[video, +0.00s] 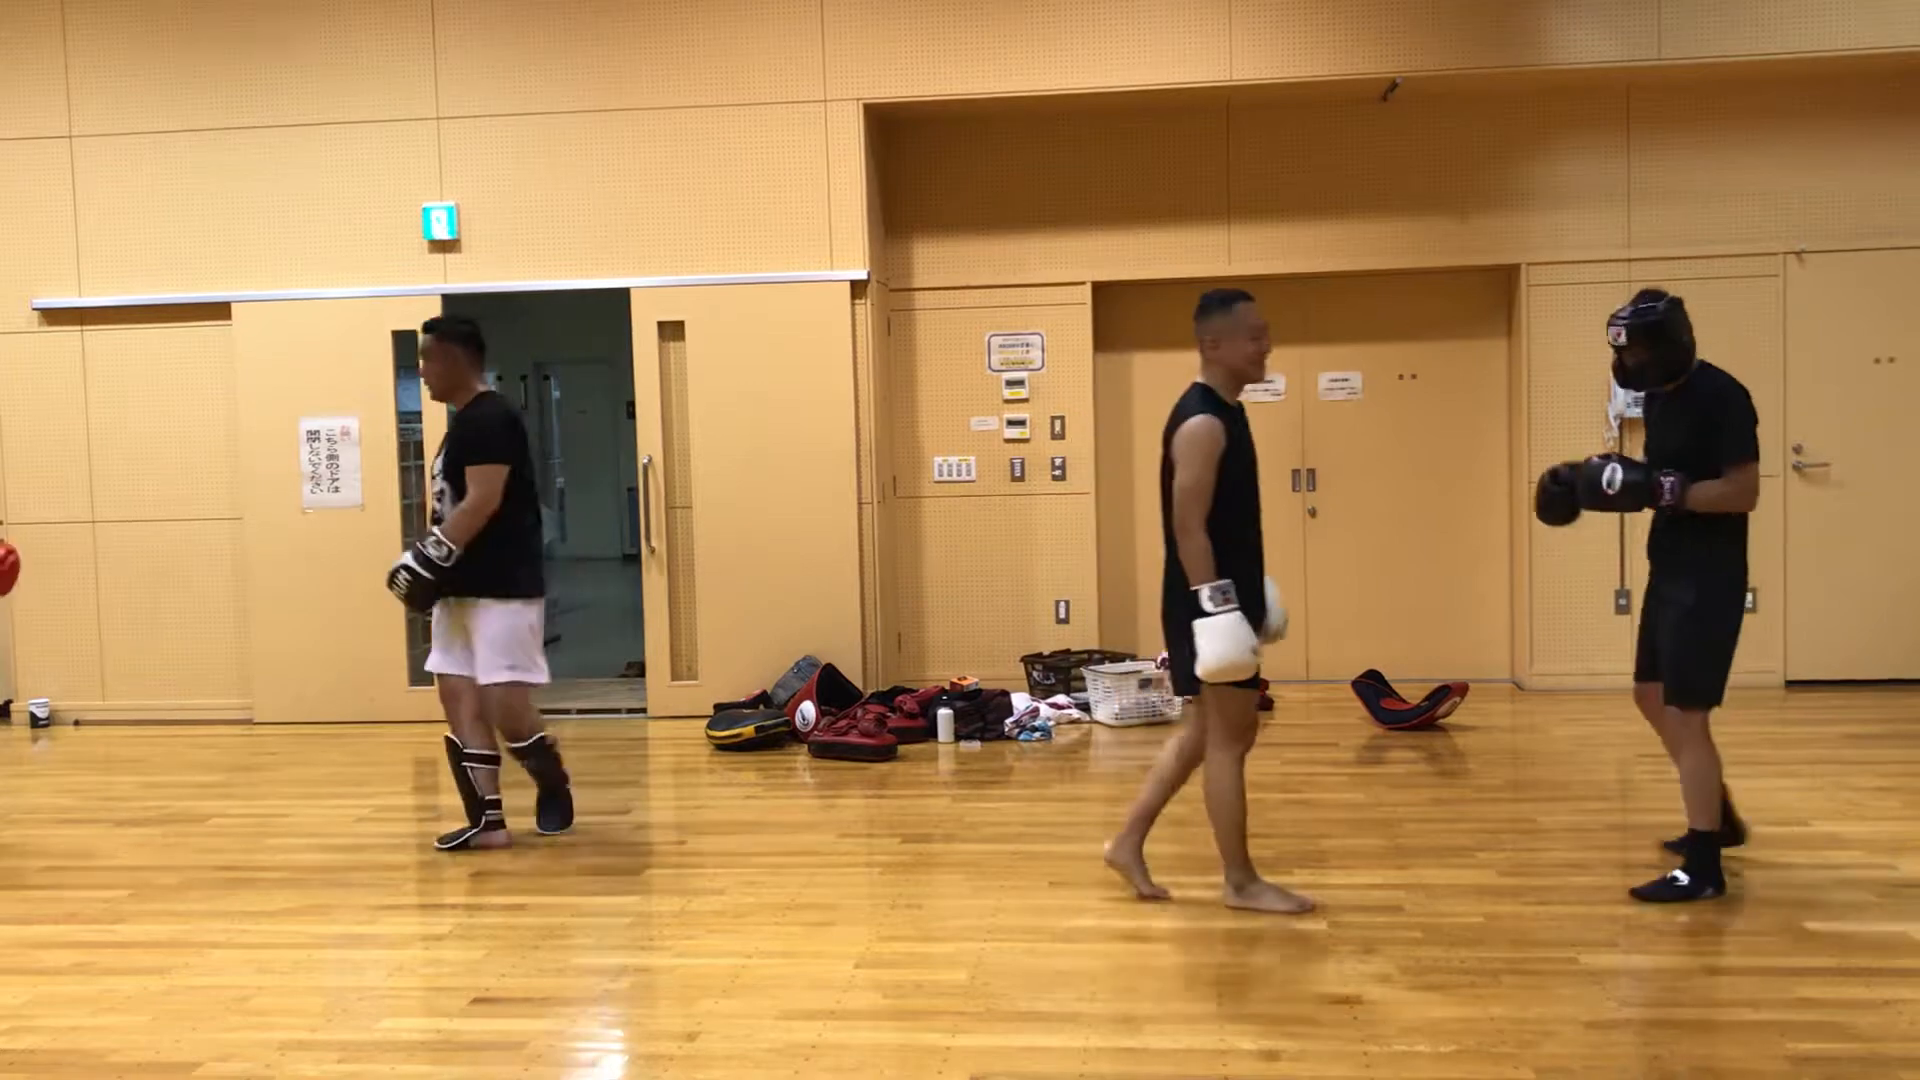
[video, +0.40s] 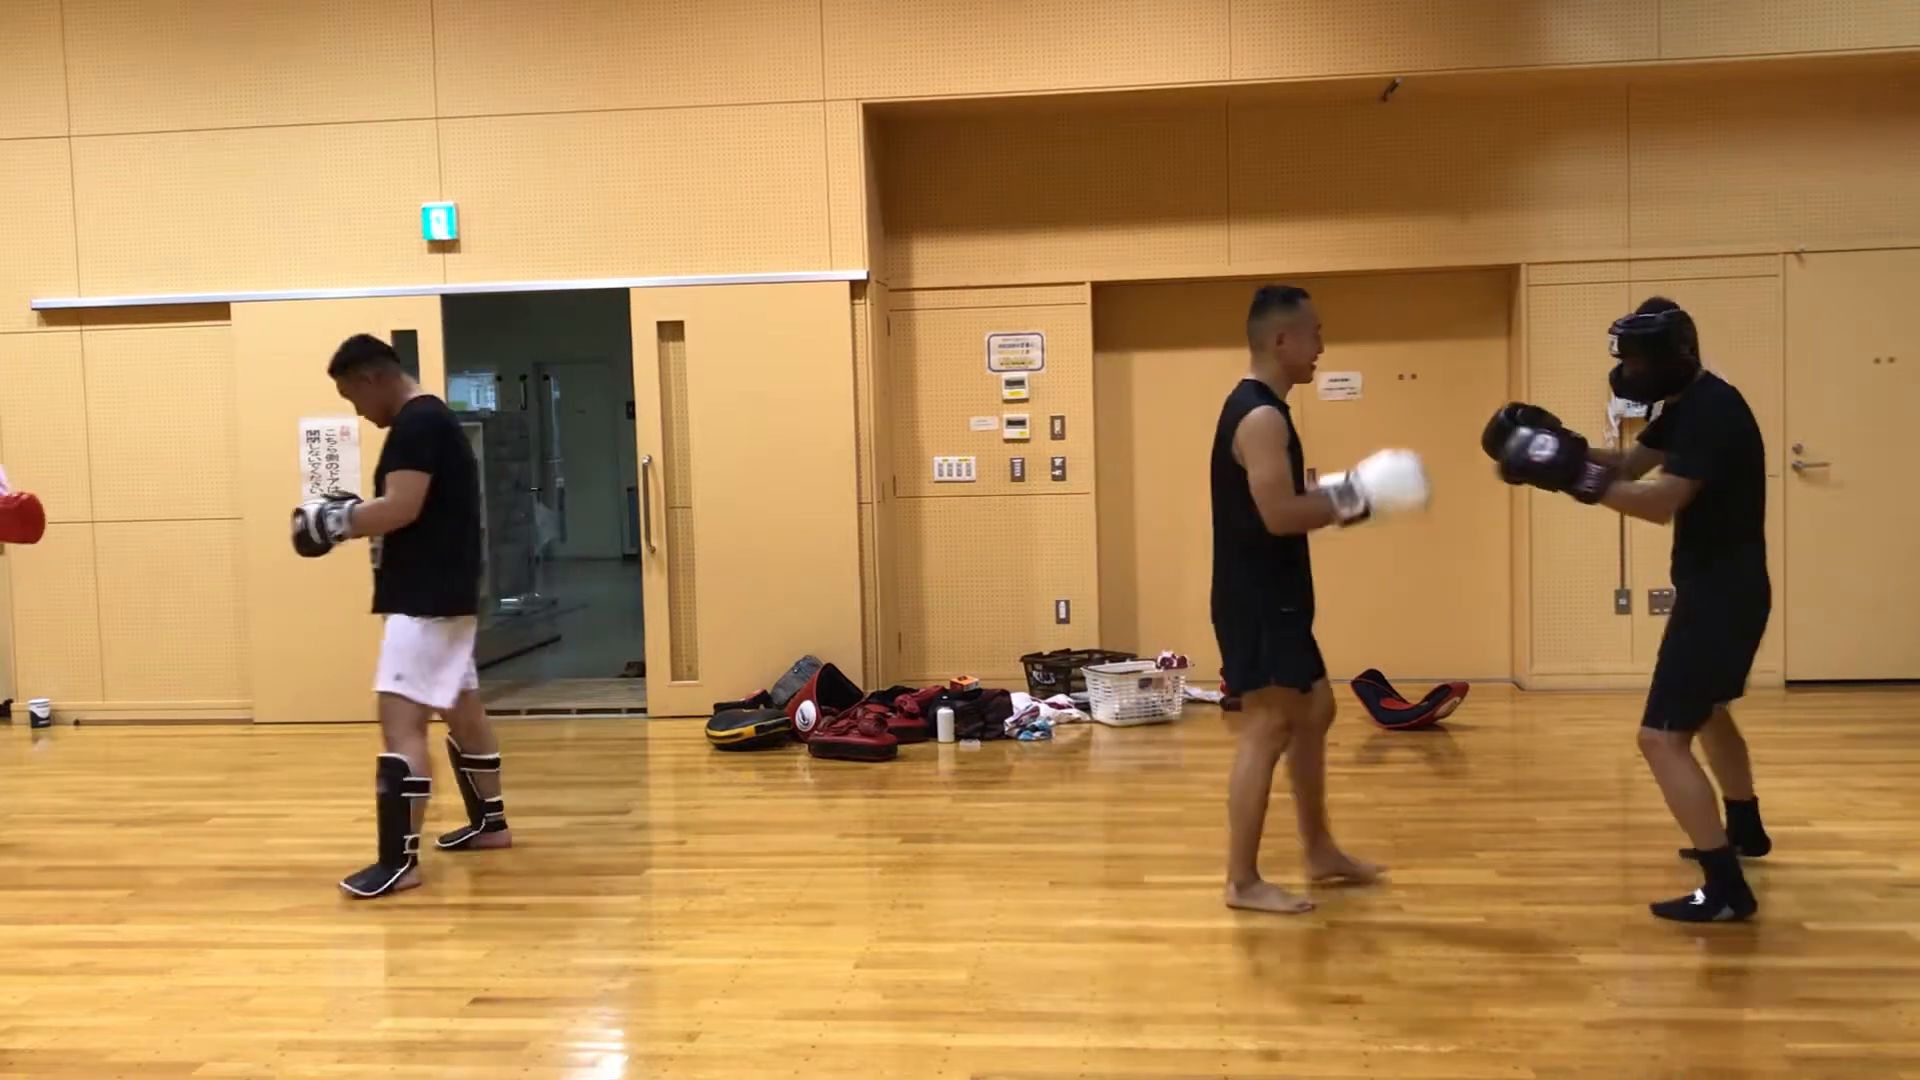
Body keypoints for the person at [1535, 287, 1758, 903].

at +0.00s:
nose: (1619, 360)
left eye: (1628, 349)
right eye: (1618, 349)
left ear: (1663, 348)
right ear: (1642, 352)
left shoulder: (1722, 398)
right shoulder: (1659, 398)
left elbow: (1744, 493)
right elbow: (1659, 476)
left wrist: (1663, 490)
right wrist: (1595, 481)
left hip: (1709, 579)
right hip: (1670, 575)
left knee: (1686, 714)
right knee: (1651, 695)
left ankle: (1702, 868)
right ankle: (1720, 819)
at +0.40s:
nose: (1625, 371)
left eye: (1634, 360)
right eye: (1623, 359)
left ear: (1670, 359)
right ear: (1669, 357)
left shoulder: (1711, 411)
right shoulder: (1688, 401)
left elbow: (1662, 506)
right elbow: (1633, 462)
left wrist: (1582, 482)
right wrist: (1562, 450)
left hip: (1719, 595)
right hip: (1723, 588)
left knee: (1661, 738)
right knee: (1706, 713)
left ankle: (1724, 889)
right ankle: (1746, 830)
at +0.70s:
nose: (1637, 351)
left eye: (1645, 338)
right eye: (1636, 338)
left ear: (1679, 334)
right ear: (1701, 329)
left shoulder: (1698, 394)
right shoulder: (1750, 379)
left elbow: (1636, 485)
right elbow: (1664, 465)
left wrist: (1566, 447)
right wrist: (1595, 448)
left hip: (1717, 599)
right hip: (1776, 590)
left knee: (1694, 741)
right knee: (1777, 732)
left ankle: (1725, 887)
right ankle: (1863, 866)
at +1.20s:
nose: (1652, 358)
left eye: (1652, 347)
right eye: (1653, 348)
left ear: (1666, 344)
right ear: (1727, 326)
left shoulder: (1676, 396)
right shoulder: (1804, 391)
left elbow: (1609, 499)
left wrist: (1592, 434)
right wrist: (1660, 400)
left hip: (1704, 625)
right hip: (1797, 626)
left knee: (1630, 765)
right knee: (1827, 794)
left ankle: (1628, 932)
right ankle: (1878, 981)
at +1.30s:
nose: (1629, 378)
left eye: (1630, 367)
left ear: (1643, 367)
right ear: (1710, 347)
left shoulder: (1644, 434)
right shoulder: (1783, 417)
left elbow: (1590, 546)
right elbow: (1797, 521)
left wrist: (1571, 473)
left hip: (1681, 663)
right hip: (1778, 660)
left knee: (1607, 807)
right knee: (1821, 823)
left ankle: (1579, 969)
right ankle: (1877, 996)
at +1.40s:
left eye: (1606, 359)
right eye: (1690, 339)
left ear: (1615, 362)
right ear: (1688, 349)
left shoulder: (1604, 429)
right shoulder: (1752, 413)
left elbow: (1540, 536)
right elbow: (1785, 525)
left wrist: (1532, 466)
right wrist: (1728, 473)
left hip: (1645, 662)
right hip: (1744, 660)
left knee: (1589, 824)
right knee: (1802, 815)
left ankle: (1569, 1000)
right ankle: (1872, 1000)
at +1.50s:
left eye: (1557, 346)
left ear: (1567, 347)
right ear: (1638, 338)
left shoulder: (1546, 409)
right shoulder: (1696, 401)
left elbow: (1449, 477)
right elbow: (1733, 513)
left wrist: (1446, 414)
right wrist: (1664, 476)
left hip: (1589, 654)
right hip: (1689, 651)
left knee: (1557, 821)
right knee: (1754, 810)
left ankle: (1565, 1008)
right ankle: (1808, 998)